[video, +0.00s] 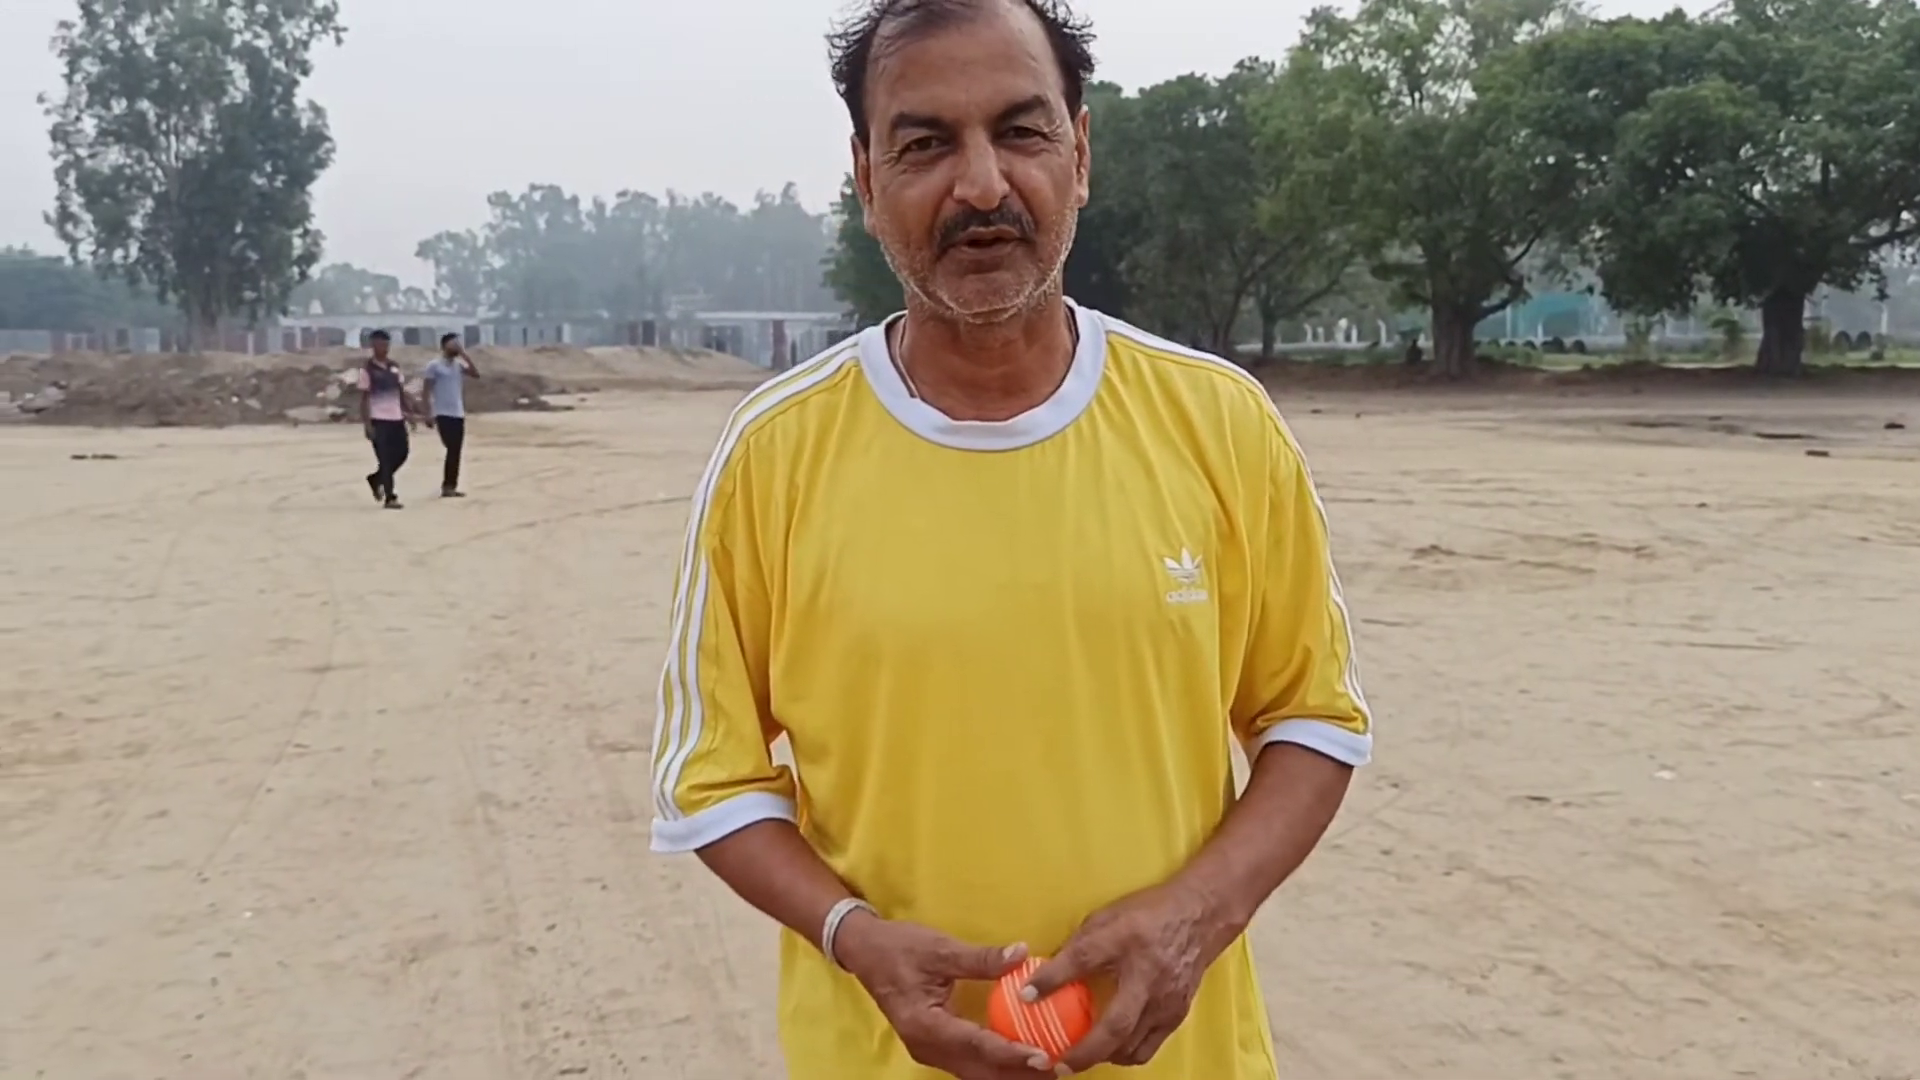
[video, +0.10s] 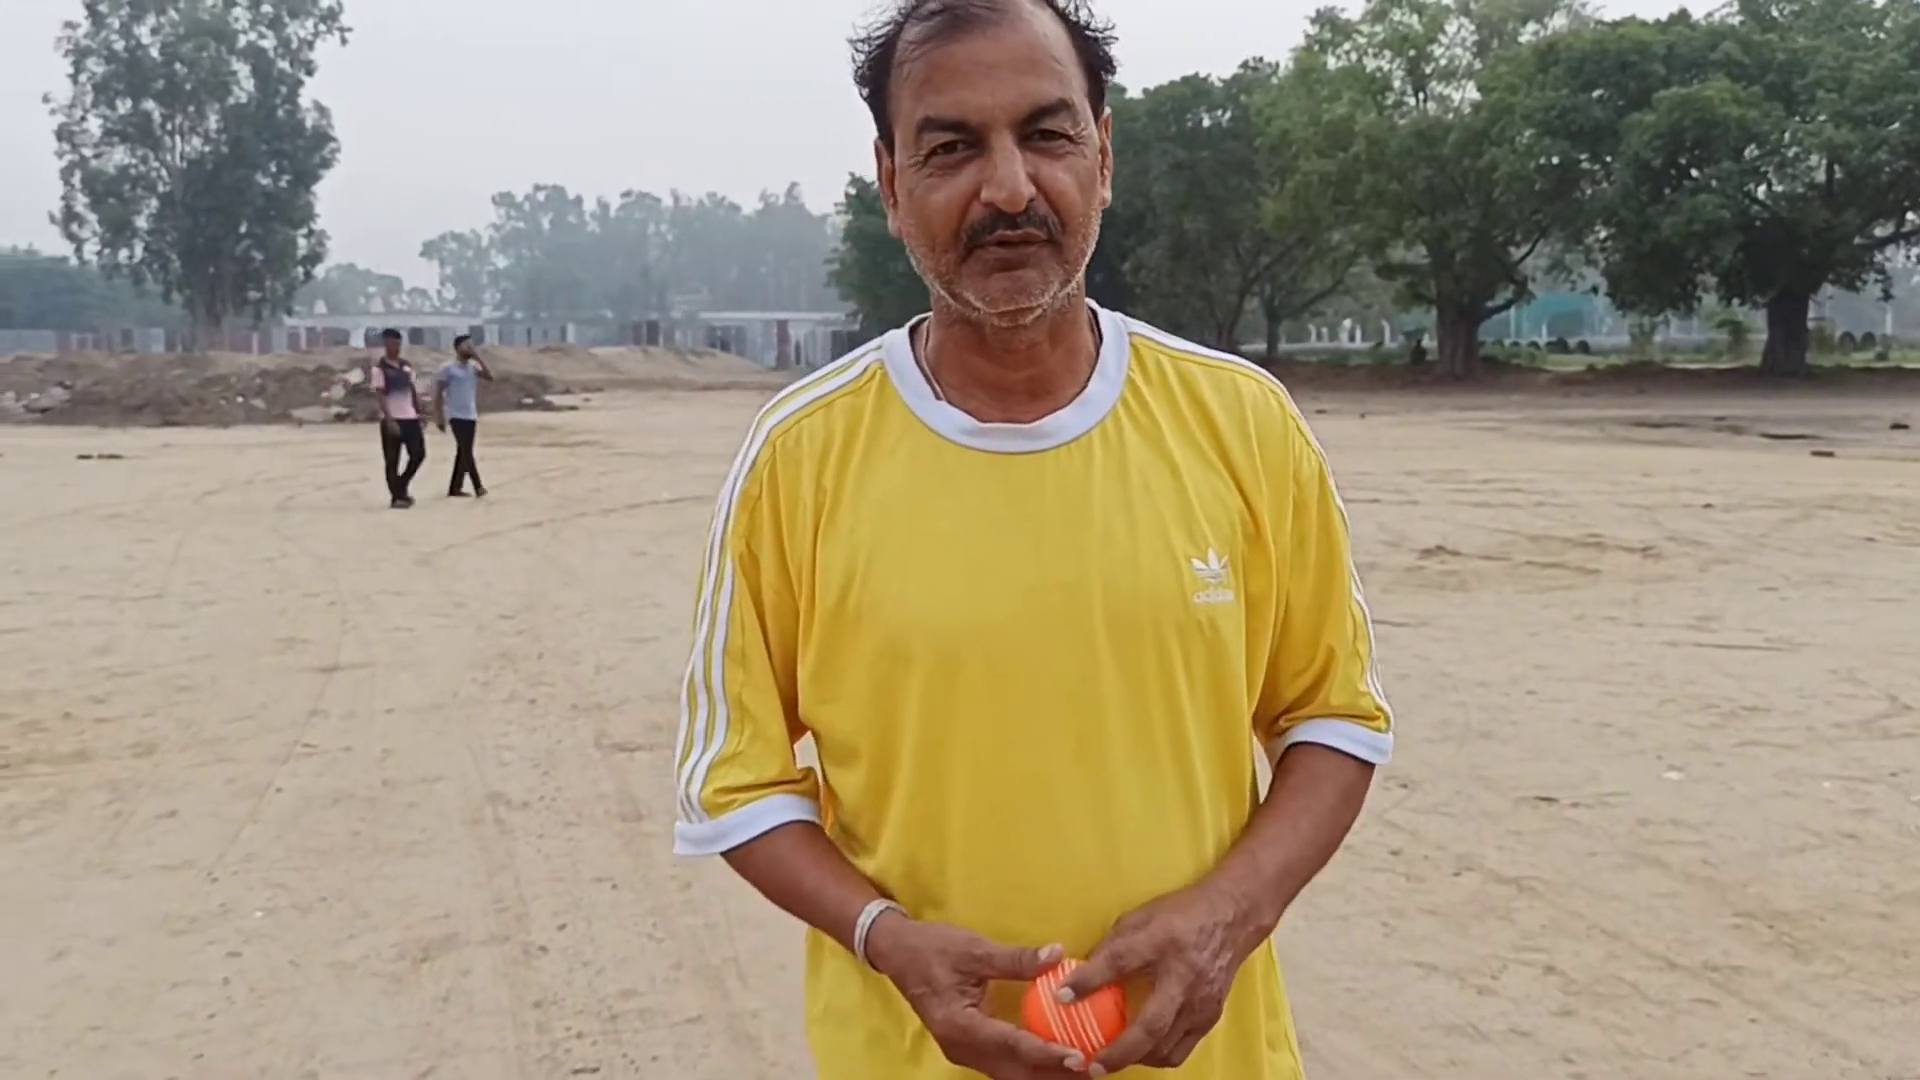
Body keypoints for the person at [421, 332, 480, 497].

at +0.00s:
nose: (456, 347)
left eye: (457, 343)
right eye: (453, 343)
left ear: (458, 346)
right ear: (445, 346)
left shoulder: (457, 365)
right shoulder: (434, 366)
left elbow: (475, 374)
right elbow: (426, 391)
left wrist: (464, 355)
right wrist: (428, 414)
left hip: (458, 413)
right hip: (443, 413)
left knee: (456, 450)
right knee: (452, 449)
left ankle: (452, 485)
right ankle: (447, 485)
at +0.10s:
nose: (469, 349)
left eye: (470, 345)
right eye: (465, 345)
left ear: (471, 348)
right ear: (457, 348)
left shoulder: (472, 368)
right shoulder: (448, 369)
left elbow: (488, 377)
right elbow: (438, 393)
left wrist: (477, 357)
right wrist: (440, 417)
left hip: (470, 415)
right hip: (456, 415)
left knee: (463, 453)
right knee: (467, 453)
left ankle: (455, 487)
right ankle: (478, 485)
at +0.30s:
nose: (490, 348)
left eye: (491, 344)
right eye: (487, 345)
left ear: (491, 347)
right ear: (478, 348)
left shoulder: (493, 367)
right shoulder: (469, 370)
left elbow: (509, 378)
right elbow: (463, 396)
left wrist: (498, 359)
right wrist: (464, 420)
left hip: (493, 415)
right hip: (479, 415)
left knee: (487, 451)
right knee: (491, 451)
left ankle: (466, 479)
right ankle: (499, 487)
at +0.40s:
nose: (499, 345)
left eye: (499, 342)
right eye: (495, 342)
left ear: (500, 345)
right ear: (487, 346)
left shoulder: (502, 364)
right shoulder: (479, 367)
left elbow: (520, 376)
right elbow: (475, 395)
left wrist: (507, 355)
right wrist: (478, 417)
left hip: (504, 414)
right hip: (489, 415)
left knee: (509, 448)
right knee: (499, 452)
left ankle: (484, 471)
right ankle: (502, 488)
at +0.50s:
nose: (510, 342)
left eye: (510, 339)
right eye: (506, 339)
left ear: (511, 342)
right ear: (498, 343)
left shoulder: (512, 362)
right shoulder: (490, 365)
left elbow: (530, 373)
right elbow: (487, 392)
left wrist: (516, 353)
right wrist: (493, 413)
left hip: (516, 414)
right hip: (499, 415)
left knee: (524, 448)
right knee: (501, 453)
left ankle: (507, 475)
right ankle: (504, 485)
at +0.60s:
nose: (521, 343)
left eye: (521, 339)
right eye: (517, 340)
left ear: (521, 343)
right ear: (509, 343)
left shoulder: (522, 361)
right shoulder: (500, 364)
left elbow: (539, 373)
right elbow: (499, 389)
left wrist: (526, 353)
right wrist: (508, 407)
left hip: (526, 414)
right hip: (508, 415)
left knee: (537, 449)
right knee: (507, 454)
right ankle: (508, 487)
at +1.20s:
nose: (523, 341)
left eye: (523, 337)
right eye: (519, 338)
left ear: (521, 341)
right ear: (509, 341)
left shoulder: (521, 362)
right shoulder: (499, 363)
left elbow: (539, 377)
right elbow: (488, 389)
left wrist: (524, 360)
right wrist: (488, 414)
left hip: (521, 412)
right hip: (507, 412)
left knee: (516, 452)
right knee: (517, 450)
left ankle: (507, 488)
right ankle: (521, 486)